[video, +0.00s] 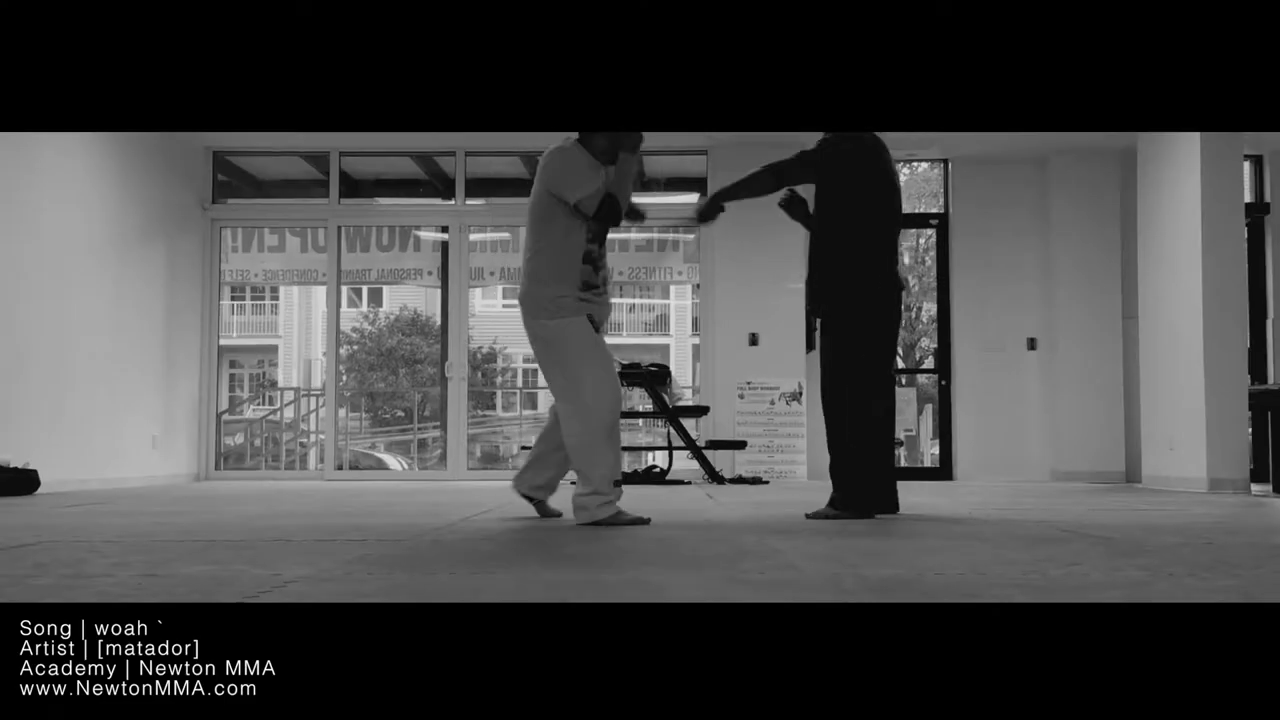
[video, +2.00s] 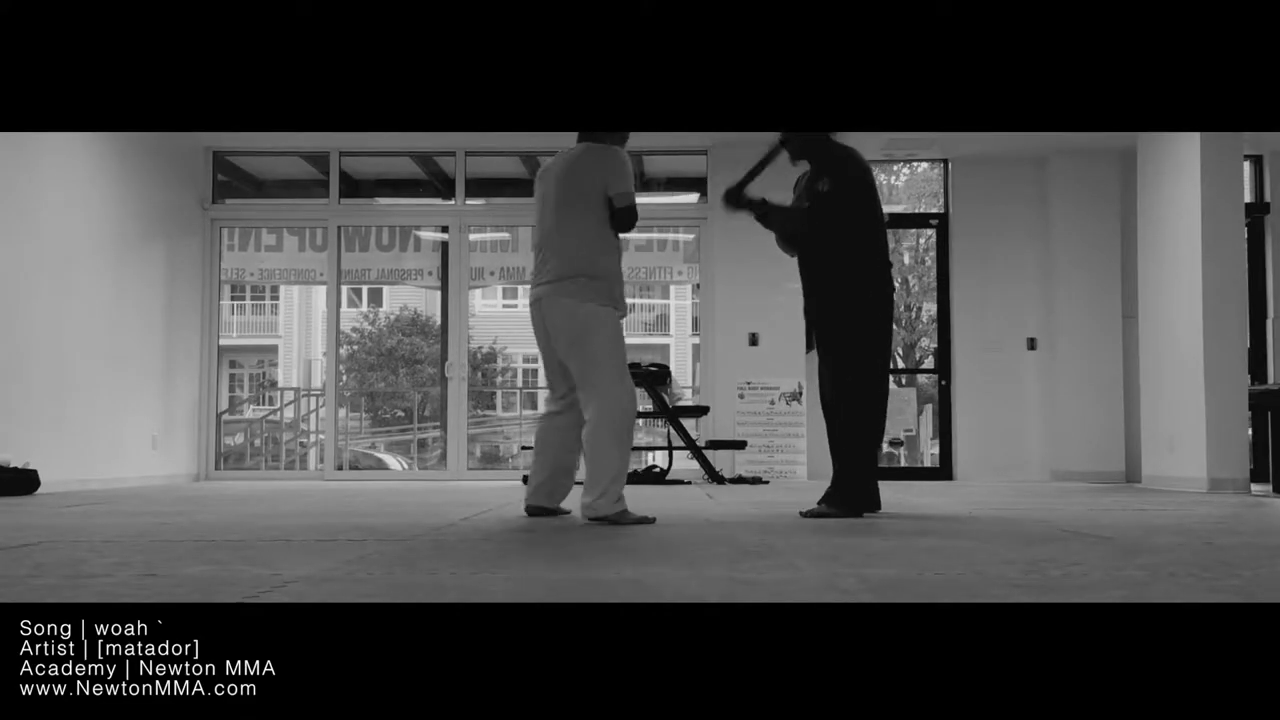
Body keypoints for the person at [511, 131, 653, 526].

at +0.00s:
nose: (624, 153)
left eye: (626, 147)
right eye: (622, 145)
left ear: (600, 136)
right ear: (602, 136)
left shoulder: (590, 167)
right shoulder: (563, 159)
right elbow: (610, 212)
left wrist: (627, 209)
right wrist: (628, 159)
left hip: (578, 306)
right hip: (554, 305)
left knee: (584, 396)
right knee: (597, 392)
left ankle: (534, 482)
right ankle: (596, 504)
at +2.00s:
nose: (627, 143)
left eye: (626, 139)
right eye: (626, 139)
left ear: (581, 133)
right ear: (619, 135)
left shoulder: (549, 168)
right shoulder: (611, 156)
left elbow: (553, 220)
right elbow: (625, 219)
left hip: (544, 298)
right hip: (586, 298)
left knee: (564, 398)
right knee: (612, 398)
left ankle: (542, 498)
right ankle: (604, 504)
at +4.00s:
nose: (543, 180)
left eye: (542, 173)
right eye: (541, 173)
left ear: (502, 161)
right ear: (529, 167)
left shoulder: (477, 189)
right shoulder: (513, 179)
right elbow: (556, 223)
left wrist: (543, 209)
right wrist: (549, 191)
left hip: (466, 314)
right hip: (494, 313)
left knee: (489, 400)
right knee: (525, 399)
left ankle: (458, 486)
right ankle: (498, 498)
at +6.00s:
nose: (520, 187)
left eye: (521, 181)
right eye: (518, 181)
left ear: (484, 178)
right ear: (503, 177)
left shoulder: (454, 211)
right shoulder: (508, 200)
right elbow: (527, 251)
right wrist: (553, 245)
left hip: (454, 321)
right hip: (490, 317)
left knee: (480, 409)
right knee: (523, 397)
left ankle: (465, 494)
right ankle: (520, 479)